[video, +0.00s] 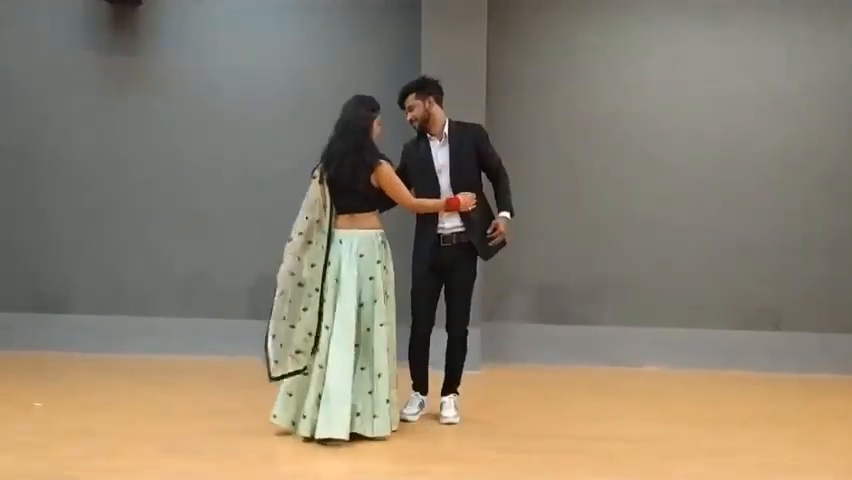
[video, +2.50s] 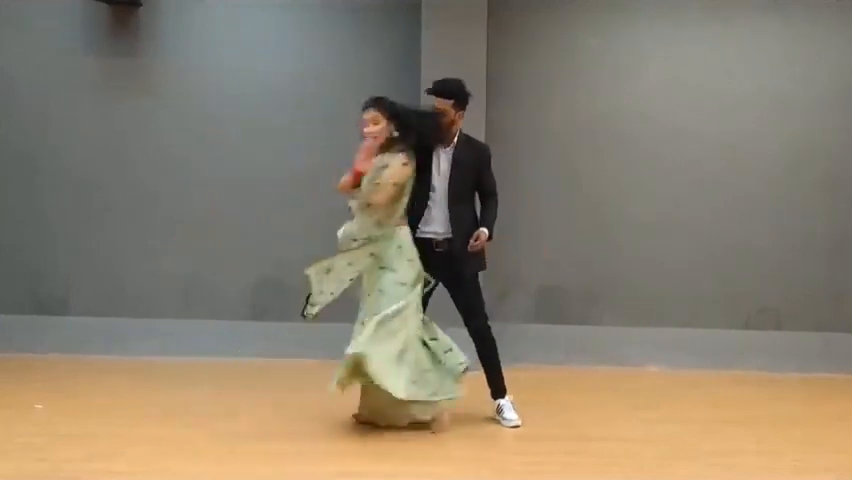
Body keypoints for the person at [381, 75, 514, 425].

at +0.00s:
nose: (408, 116)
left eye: (412, 108)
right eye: (406, 111)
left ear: (432, 102)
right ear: (416, 110)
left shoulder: (472, 135)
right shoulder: (413, 148)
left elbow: (498, 174)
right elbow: (395, 192)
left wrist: (505, 214)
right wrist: (360, 208)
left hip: (464, 243)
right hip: (428, 243)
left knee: (457, 325)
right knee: (421, 322)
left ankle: (450, 396)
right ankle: (419, 394)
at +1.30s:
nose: (443, 123)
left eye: (447, 115)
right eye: (441, 118)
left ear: (468, 111)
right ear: (458, 115)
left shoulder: (506, 142)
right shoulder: (447, 156)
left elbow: (533, 177)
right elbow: (417, 192)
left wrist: (555, 216)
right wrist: (376, 197)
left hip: (496, 256)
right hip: (458, 255)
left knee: (505, 334)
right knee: (434, 326)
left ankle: (503, 399)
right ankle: (419, 396)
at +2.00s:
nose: (439, 119)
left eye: (445, 113)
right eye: (438, 113)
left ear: (466, 115)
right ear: (443, 115)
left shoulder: (491, 154)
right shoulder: (431, 151)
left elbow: (507, 197)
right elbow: (410, 188)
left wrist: (518, 240)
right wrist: (372, 197)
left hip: (471, 256)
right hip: (433, 255)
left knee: (495, 326)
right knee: (413, 323)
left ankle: (504, 397)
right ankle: (396, 392)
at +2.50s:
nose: (436, 115)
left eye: (443, 111)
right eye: (434, 109)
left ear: (459, 113)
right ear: (432, 109)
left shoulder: (476, 152)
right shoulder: (417, 144)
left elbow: (488, 196)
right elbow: (396, 184)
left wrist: (485, 228)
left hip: (456, 251)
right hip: (417, 248)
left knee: (478, 325)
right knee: (404, 323)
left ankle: (501, 399)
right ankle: (394, 399)